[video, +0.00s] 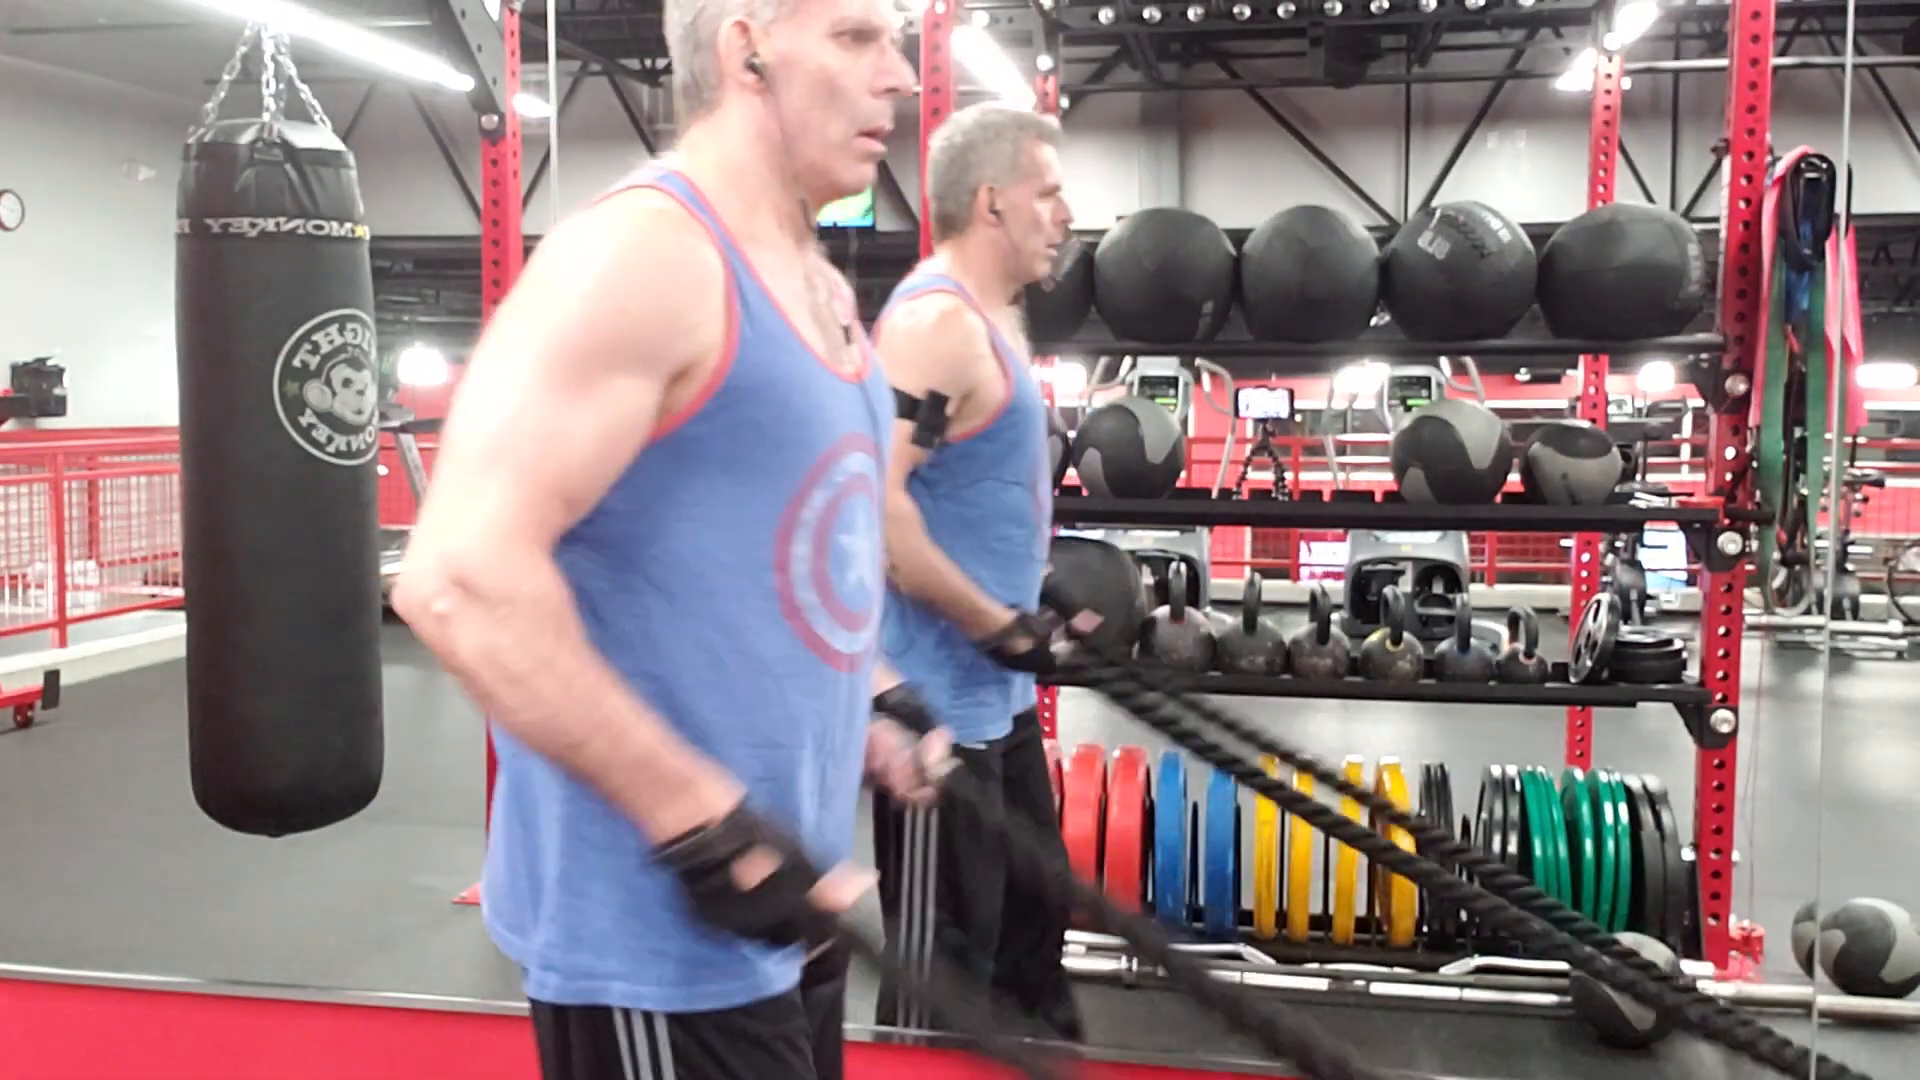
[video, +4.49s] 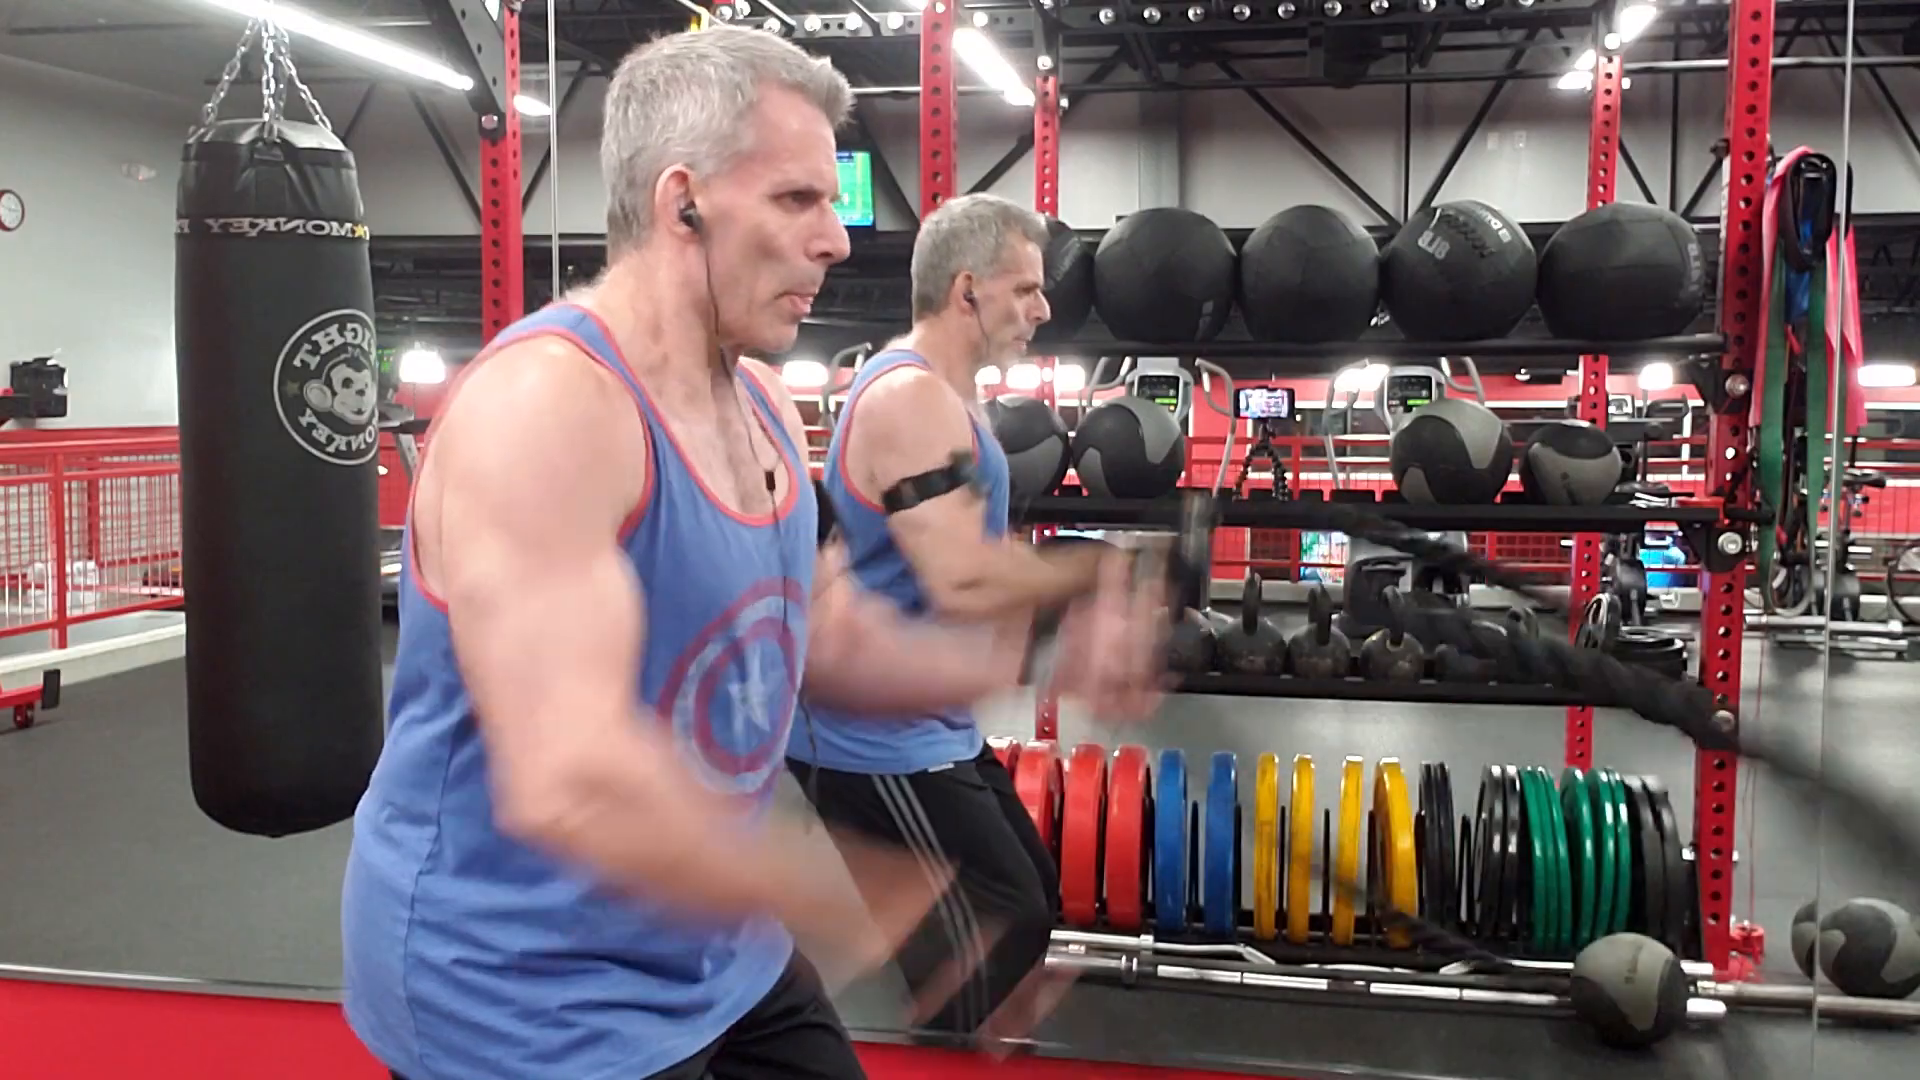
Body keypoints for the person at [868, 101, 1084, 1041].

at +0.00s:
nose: (1065, 217)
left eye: (1062, 195)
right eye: (1050, 194)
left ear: (997, 202)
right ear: (990, 201)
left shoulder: (988, 319)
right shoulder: (939, 324)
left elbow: (960, 501)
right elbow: (869, 495)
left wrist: (1034, 600)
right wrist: (996, 621)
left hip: (999, 692)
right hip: (940, 701)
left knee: (1033, 934)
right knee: (949, 949)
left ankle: (1034, 1060)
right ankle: (939, 1068)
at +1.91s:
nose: (1059, 267)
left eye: (1059, 245)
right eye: (1045, 243)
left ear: (992, 249)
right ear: (988, 245)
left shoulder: (956, 360)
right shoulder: (924, 359)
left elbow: (949, 548)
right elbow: (892, 554)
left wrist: (1023, 639)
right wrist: (1015, 669)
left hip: (939, 719)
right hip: (900, 728)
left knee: (971, 969)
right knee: (959, 975)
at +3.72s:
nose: (1034, 285)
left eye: (1034, 264)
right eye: (1020, 262)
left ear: (966, 269)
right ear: (963, 267)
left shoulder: (943, 391)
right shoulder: (899, 393)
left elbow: (1000, 543)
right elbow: (871, 594)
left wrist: (1105, 612)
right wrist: (989, 721)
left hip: (924, 743)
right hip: (874, 752)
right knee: (989, 945)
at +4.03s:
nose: (1034, 297)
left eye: (1035, 277)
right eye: (1019, 275)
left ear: (959, 279)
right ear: (957, 276)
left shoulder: (947, 393)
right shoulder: (898, 386)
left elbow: (946, 577)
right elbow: (916, 570)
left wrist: (1031, 659)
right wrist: (1076, 589)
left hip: (926, 715)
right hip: (866, 725)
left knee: (1022, 907)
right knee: (976, 929)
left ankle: (979, 1061)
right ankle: (952, 1068)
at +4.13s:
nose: (1032, 301)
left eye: (1032, 281)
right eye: (1018, 279)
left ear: (961, 283)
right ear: (955, 280)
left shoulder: (941, 394)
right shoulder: (899, 388)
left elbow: (969, 565)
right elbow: (950, 563)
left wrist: (1076, 574)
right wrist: (1084, 544)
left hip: (930, 716)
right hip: (872, 725)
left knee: (1024, 907)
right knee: (996, 929)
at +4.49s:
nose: (1042, 313)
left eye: (1041, 293)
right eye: (1027, 291)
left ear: (969, 295)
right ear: (967, 293)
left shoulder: (944, 395)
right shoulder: (909, 398)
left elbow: (975, 565)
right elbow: (959, 580)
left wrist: (1092, 581)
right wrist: (1107, 560)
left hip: (928, 728)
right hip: (876, 739)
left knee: (1029, 918)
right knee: (1007, 927)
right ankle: (923, 1067)